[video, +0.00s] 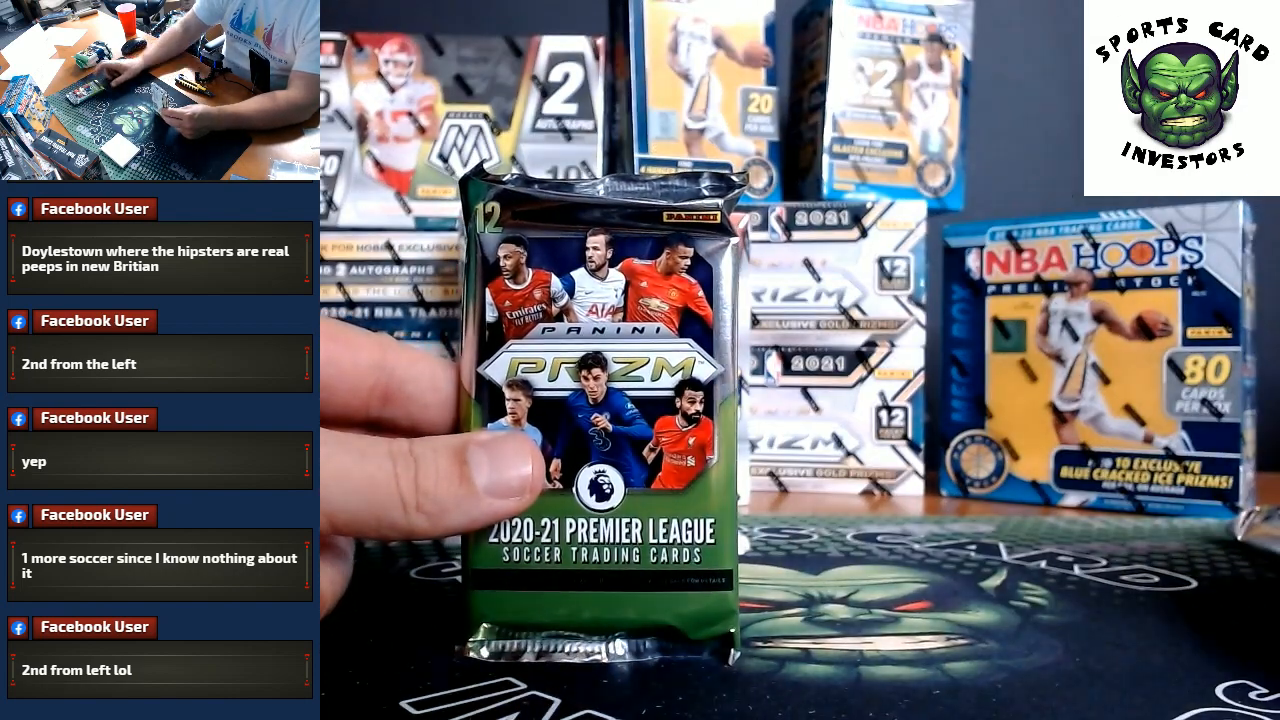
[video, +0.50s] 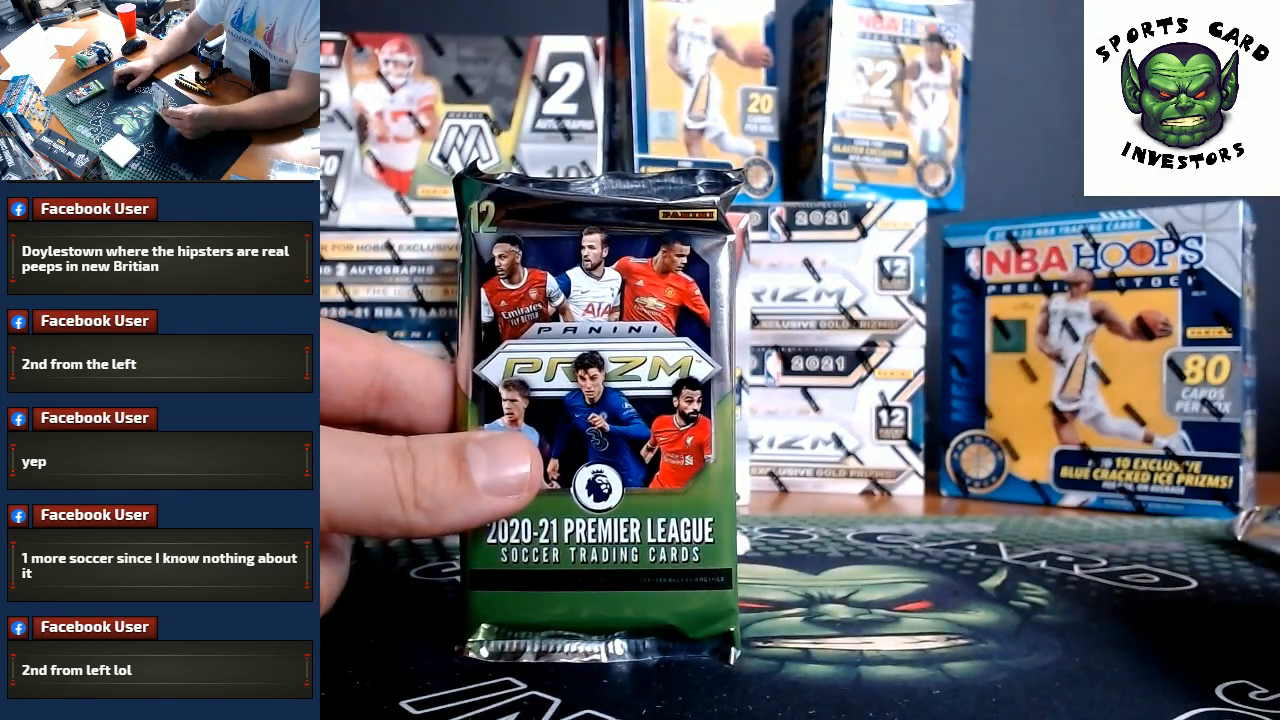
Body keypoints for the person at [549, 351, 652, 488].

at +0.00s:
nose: (591, 385)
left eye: (596, 378)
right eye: (586, 379)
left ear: (606, 376)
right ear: (580, 378)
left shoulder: (617, 399)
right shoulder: (574, 402)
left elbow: (646, 432)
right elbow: (567, 429)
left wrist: (612, 429)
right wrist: (558, 457)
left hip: (630, 473)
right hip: (598, 471)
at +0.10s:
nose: (591, 385)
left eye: (597, 378)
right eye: (586, 379)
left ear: (606, 376)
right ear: (580, 378)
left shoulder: (618, 400)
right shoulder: (574, 402)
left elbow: (646, 432)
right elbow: (567, 428)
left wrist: (613, 429)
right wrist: (558, 457)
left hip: (630, 473)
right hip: (598, 470)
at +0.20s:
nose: (591, 386)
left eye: (596, 379)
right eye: (585, 379)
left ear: (605, 376)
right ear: (579, 379)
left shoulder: (617, 400)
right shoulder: (574, 402)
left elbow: (646, 432)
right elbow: (568, 428)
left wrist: (612, 429)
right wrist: (557, 457)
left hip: (630, 474)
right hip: (598, 472)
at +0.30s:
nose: (590, 386)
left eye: (595, 379)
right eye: (585, 379)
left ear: (605, 376)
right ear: (579, 379)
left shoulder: (617, 400)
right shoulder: (573, 402)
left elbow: (645, 432)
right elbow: (567, 428)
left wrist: (612, 429)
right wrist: (556, 457)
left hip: (629, 474)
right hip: (597, 473)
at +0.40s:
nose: (589, 385)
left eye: (594, 378)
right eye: (583, 379)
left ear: (604, 376)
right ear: (577, 378)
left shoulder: (615, 399)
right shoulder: (572, 402)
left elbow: (644, 431)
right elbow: (566, 427)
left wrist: (611, 429)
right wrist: (556, 457)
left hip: (628, 473)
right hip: (596, 471)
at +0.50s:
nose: (588, 385)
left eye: (593, 378)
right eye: (582, 379)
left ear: (603, 375)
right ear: (576, 378)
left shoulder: (615, 399)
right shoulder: (571, 402)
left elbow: (644, 432)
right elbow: (565, 427)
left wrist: (610, 429)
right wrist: (555, 457)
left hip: (628, 474)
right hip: (596, 472)